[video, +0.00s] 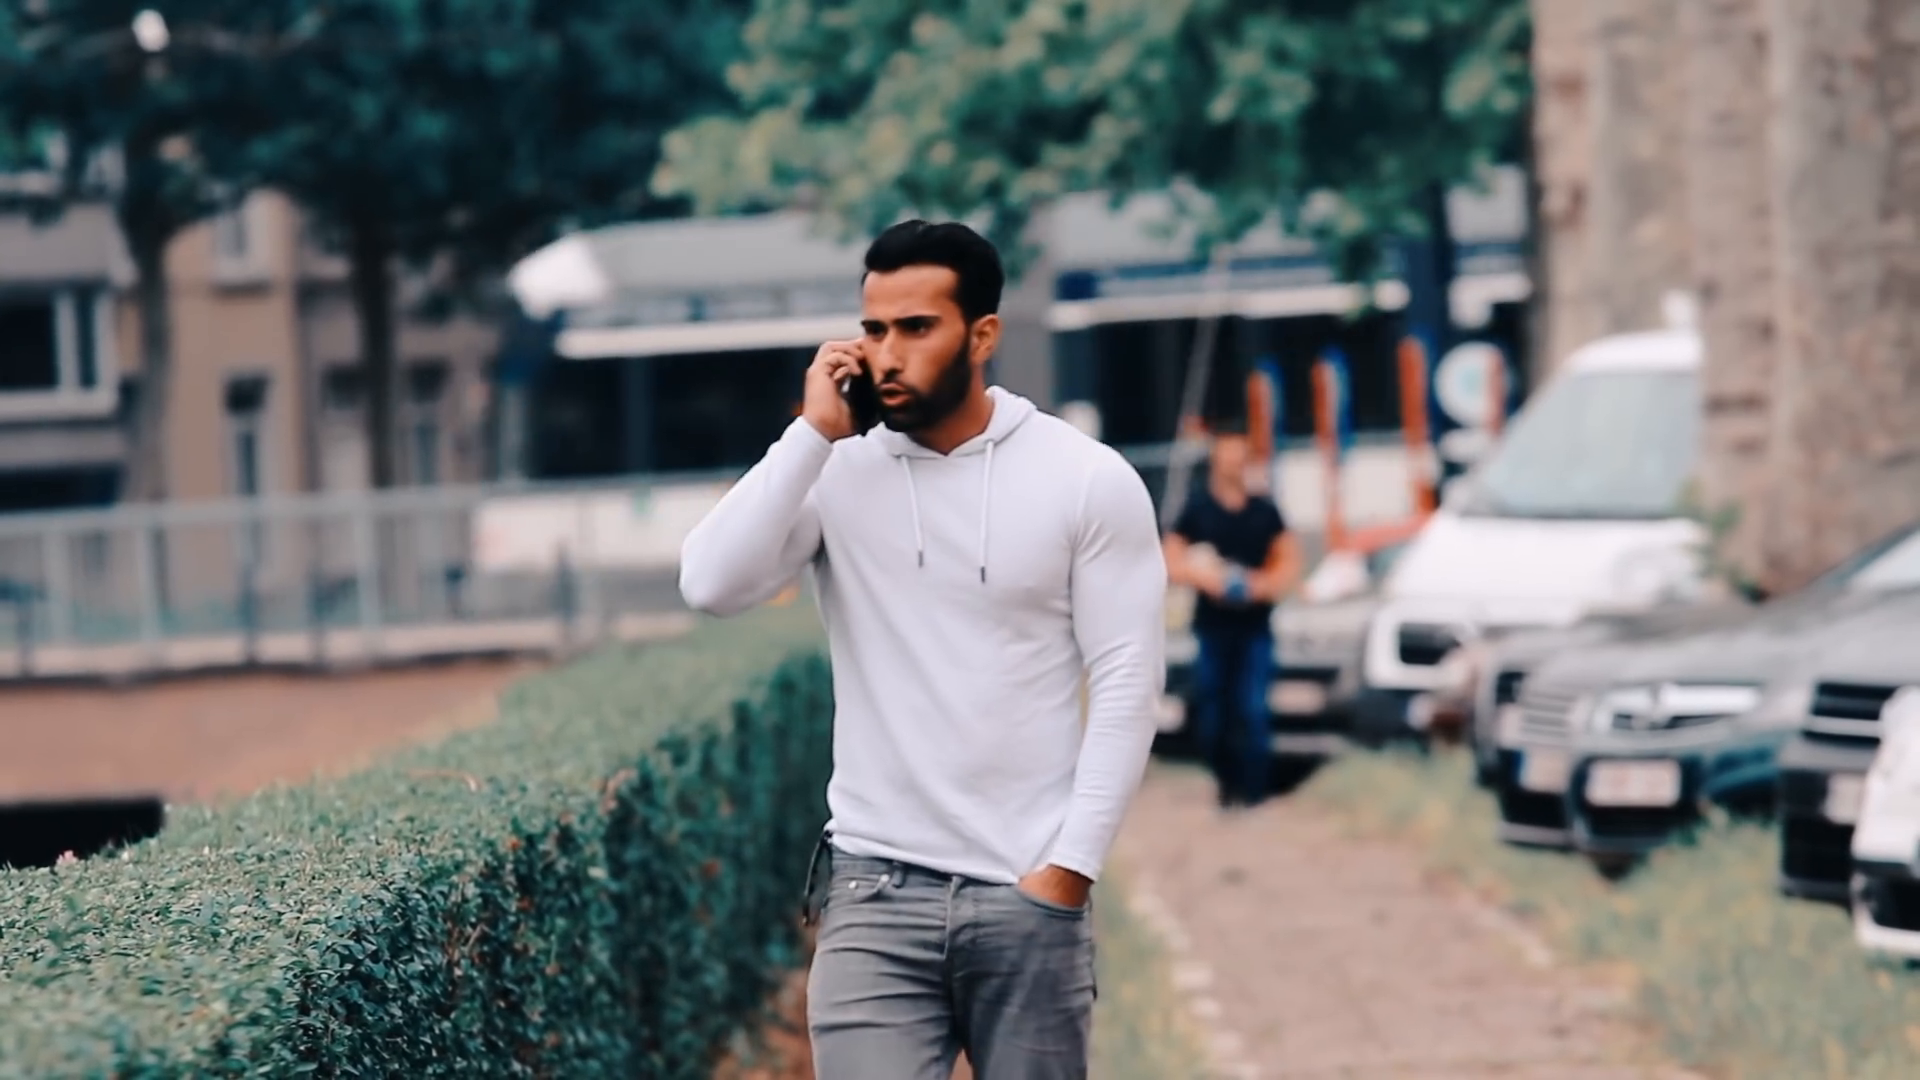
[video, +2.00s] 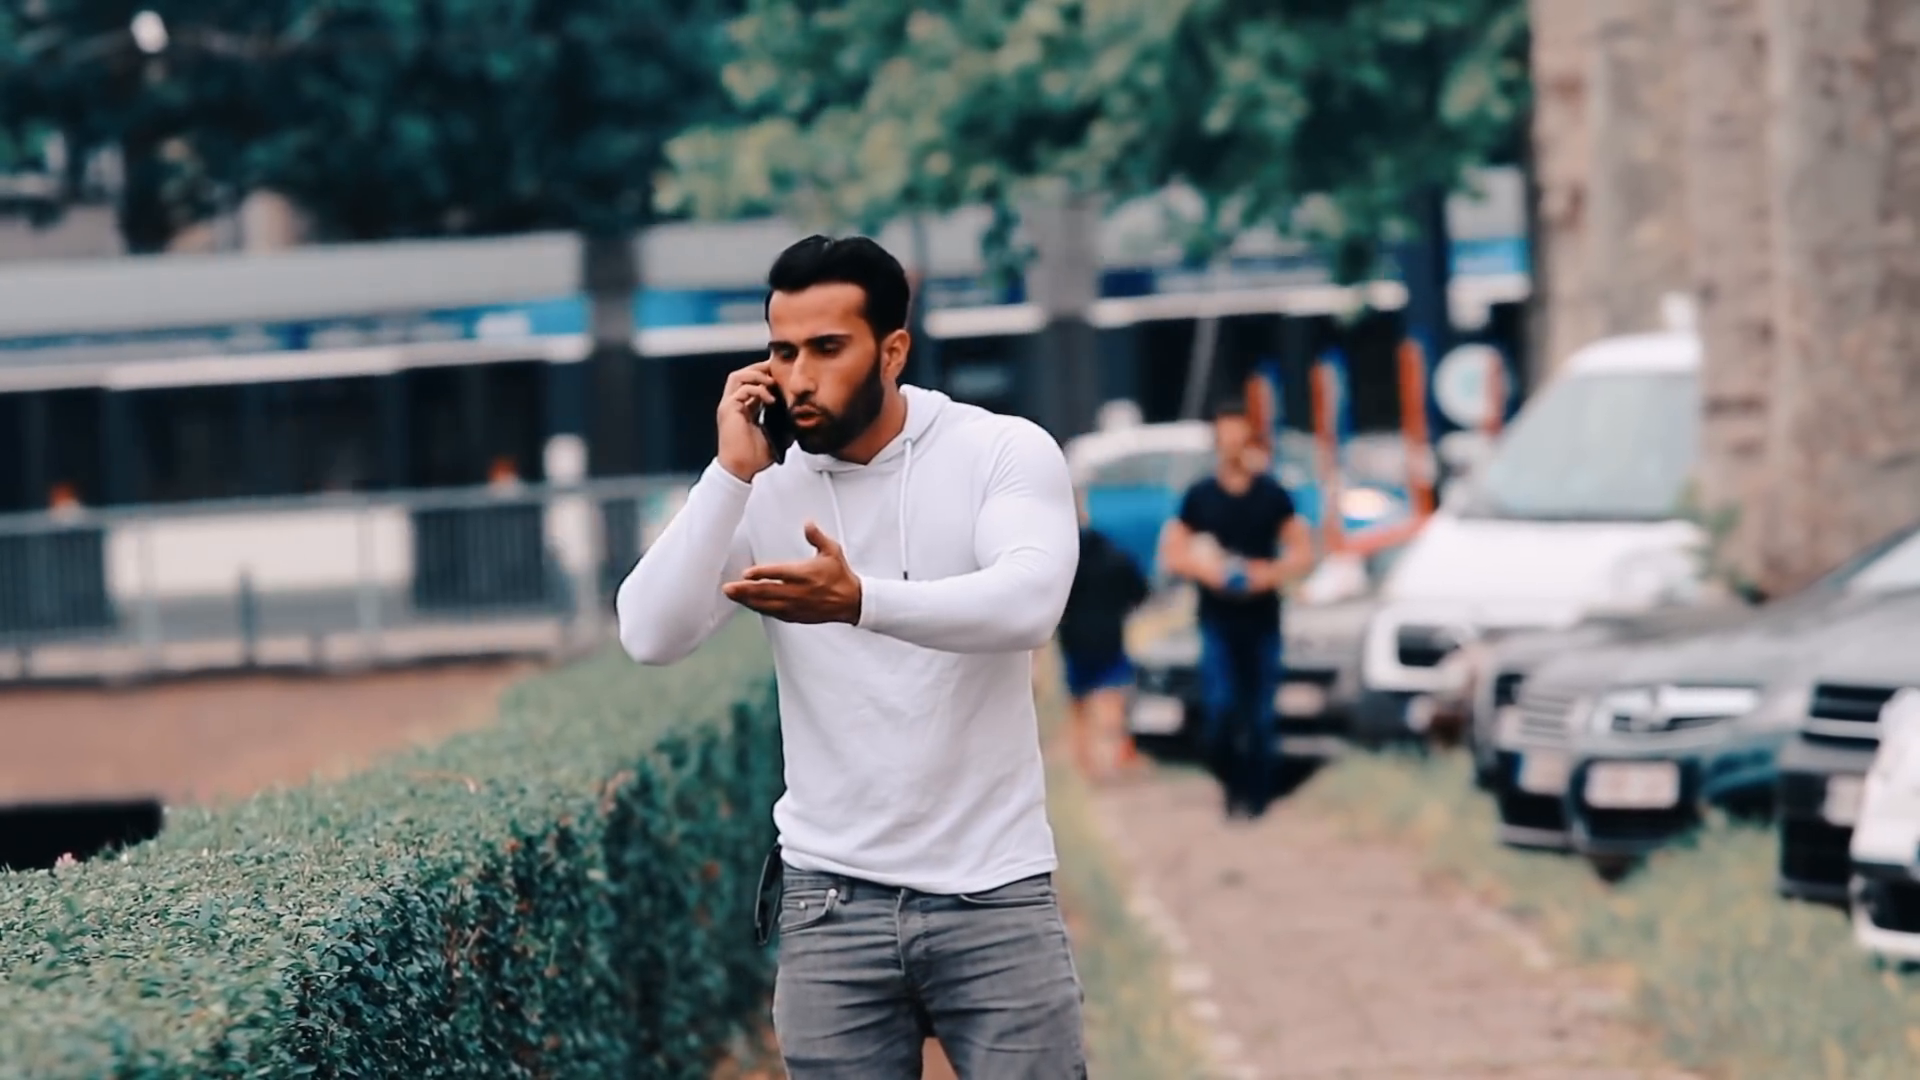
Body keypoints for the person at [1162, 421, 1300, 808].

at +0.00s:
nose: (1233, 461)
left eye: (1239, 453)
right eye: (1226, 453)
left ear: (1247, 458)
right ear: (1214, 457)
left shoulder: (1263, 510)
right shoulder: (1199, 508)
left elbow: (1287, 563)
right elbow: (1172, 559)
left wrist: (1262, 585)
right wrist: (1209, 579)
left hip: (1254, 626)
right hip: (1213, 626)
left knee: (1252, 707)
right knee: (1212, 707)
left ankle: (1253, 786)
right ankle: (1226, 783)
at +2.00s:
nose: (1231, 445)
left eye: (1238, 437)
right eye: (1225, 437)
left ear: (1250, 440)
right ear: (1215, 442)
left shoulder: (1271, 495)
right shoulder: (1201, 496)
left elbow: (1302, 553)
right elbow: (1173, 554)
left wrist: (1266, 574)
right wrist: (1211, 572)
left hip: (1261, 616)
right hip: (1218, 616)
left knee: (1259, 708)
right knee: (1222, 703)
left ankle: (1257, 791)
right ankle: (1232, 784)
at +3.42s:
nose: (1201, 438)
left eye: (1208, 430)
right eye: (1194, 430)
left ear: (1221, 429)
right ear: (1183, 431)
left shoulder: (1246, 481)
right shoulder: (1172, 482)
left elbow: (1269, 542)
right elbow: (1144, 544)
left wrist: (1244, 567)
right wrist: (1185, 563)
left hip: (1236, 606)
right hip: (1190, 608)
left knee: (1243, 695)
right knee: (1199, 703)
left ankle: (1243, 784)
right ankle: (1212, 791)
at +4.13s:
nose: (1216, 437)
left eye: (1223, 429)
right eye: (1208, 429)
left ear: (1232, 432)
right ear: (1194, 431)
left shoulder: (1256, 487)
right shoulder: (1180, 490)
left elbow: (1284, 546)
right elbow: (1153, 553)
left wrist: (1251, 570)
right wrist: (1188, 568)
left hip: (1245, 609)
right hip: (1199, 609)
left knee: (1242, 703)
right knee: (1211, 703)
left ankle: (1241, 795)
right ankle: (1216, 796)